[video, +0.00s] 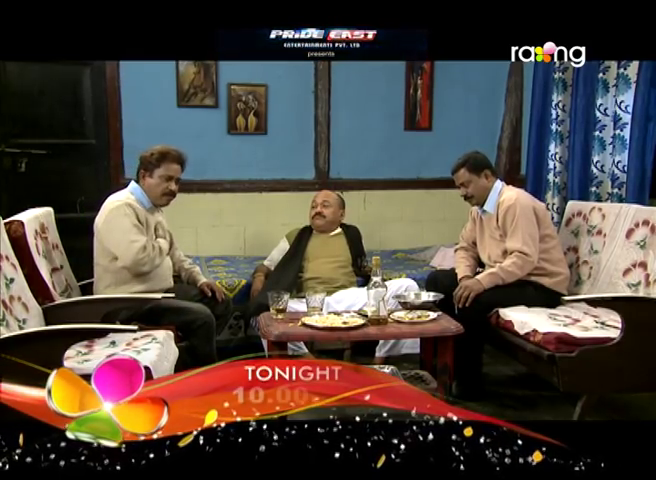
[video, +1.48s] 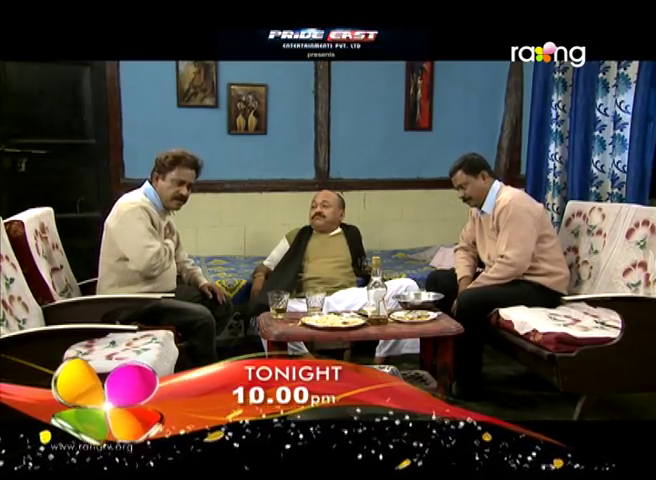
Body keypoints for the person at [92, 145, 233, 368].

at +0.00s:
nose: (173, 188)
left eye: (177, 181)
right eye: (166, 180)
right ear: (144, 177)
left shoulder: (154, 212)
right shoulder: (119, 209)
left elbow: (175, 257)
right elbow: (136, 260)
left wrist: (200, 280)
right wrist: (162, 245)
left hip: (157, 295)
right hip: (127, 304)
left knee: (218, 303)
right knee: (201, 318)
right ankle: (204, 384)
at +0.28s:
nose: (174, 188)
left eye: (179, 183)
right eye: (168, 180)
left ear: (182, 185)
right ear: (146, 177)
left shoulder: (156, 213)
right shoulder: (122, 208)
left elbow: (175, 257)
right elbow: (138, 260)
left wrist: (201, 281)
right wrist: (163, 244)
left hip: (158, 295)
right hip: (127, 304)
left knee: (219, 304)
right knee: (201, 318)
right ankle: (204, 385)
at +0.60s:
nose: (177, 190)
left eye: (182, 184)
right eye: (171, 181)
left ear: (184, 185)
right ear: (149, 177)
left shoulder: (158, 214)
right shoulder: (125, 209)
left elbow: (176, 257)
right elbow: (140, 262)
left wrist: (201, 281)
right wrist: (164, 244)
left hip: (158, 295)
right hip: (128, 304)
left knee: (219, 303)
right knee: (200, 318)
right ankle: (205, 385)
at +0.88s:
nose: (180, 191)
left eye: (185, 185)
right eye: (175, 182)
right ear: (153, 178)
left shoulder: (158, 213)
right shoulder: (127, 210)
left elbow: (177, 257)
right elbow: (142, 263)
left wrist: (201, 281)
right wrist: (165, 245)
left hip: (157, 295)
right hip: (128, 305)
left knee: (218, 304)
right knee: (201, 319)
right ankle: (204, 386)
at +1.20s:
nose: (183, 192)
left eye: (188, 187)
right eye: (177, 184)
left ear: (192, 189)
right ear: (156, 179)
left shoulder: (159, 215)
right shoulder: (130, 210)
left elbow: (178, 258)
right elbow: (145, 265)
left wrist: (201, 282)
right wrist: (167, 245)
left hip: (156, 296)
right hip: (127, 305)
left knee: (219, 304)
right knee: (201, 319)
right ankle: (204, 385)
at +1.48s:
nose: (185, 192)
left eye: (189, 187)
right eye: (179, 184)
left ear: (193, 189)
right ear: (157, 179)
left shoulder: (161, 214)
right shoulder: (132, 209)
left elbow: (179, 258)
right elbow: (148, 264)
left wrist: (202, 282)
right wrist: (169, 245)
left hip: (157, 295)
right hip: (128, 304)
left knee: (219, 304)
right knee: (201, 319)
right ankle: (205, 385)